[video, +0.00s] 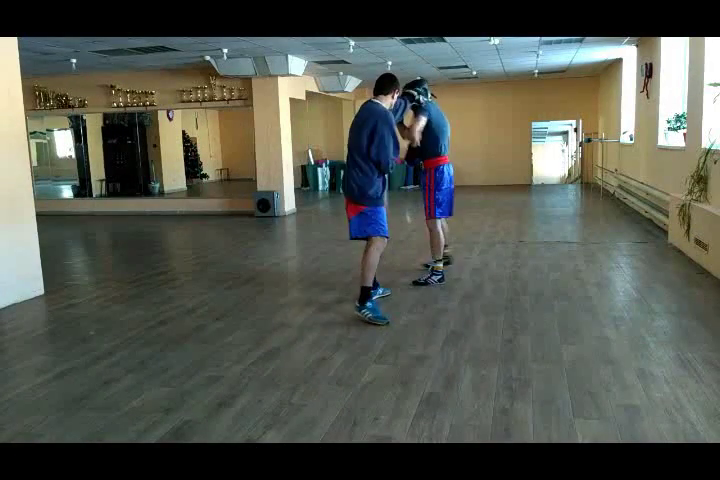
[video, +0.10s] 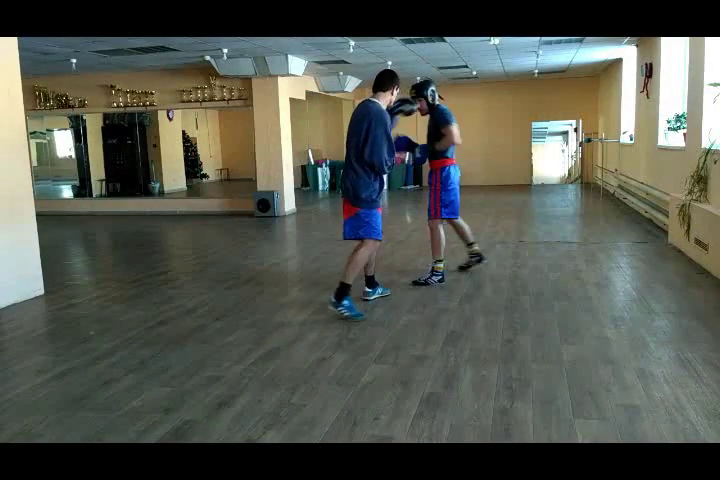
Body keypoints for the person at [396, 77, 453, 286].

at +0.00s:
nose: (407, 101)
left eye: (408, 98)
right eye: (406, 98)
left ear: (414, 95)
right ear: (425, 93)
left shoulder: (424, 108)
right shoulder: (433, 108)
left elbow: (414, 134)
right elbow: (407, 135)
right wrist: (398, 120)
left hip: (434, 168)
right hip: (441, 166)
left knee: (433, 220)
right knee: (439, 216)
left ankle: (437, 269)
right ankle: (443, 253)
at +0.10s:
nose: (417, 107)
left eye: (419, 101)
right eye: (416, 102)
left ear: (428, 98)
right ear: (429, 98)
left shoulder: (441, 112)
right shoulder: (436, 114)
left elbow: (453, 138)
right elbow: (441, 141)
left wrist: (431, 149)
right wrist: (419, 148)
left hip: (442, 170)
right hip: (446, 168)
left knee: (435, 220)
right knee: (451, 216)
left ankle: (437, 271)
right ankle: (475, 252)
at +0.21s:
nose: (419, 107)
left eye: (421, 102)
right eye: (417, 103)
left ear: (431, 98)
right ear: (427, 100)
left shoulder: (444, 113)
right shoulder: (437, 116)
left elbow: (459, 140)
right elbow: (440, 144)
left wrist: (436, 149)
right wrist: (420, 149)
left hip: (444, 170)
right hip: (446, 169)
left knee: (435, 221)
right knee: (454, 216)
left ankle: (437, 271)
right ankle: (479, 253)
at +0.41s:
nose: (436, 109)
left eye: (438, 104)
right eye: (433, 106)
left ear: (449, 100)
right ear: (435, 105)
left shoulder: (465, 115)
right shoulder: (450, 121)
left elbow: (478, 142)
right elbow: (453, 151)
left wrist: (452, 142)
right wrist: (438, 143)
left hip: (463, 168)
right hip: (460, 168)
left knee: (452, 219)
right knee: (468, 216)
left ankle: (456, 270)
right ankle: (485, 259)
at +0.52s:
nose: (442, 110)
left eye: (443, 105)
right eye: (439, 106)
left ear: (454, 100)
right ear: (442, 104)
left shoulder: (469, 115)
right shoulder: (455, 121)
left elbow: (480, 144)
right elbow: (456, 153)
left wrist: (453, 141)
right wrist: (441, 143)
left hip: (467, 170)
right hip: (462, 170)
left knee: (457, 220)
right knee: (470, 219)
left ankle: (467, 271)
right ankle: (485, 260)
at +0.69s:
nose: (439, 108)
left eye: (440, 104)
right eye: (438, 105)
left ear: (450, 100)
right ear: (452, 99)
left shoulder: (469, 113)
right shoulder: (453, 118)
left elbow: (472, 143)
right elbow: (455, 150)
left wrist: (454, 125)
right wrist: (441, 139)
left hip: (468, 168)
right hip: (463, 168)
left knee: (460, 221)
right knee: (472, 219)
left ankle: (468, 271)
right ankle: (485, 259)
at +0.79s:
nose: (441, 110)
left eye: (443, 106)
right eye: (440, 107)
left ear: (454, 100)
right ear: (454, 101)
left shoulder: (471, 112)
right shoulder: (459, 117)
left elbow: (460, 139)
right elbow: (455, 149)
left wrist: (449, 116)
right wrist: (438, 135)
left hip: (469, 168)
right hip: (466, 167)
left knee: (462, 219)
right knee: (474, 218)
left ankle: (468, 270)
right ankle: (485, 259)